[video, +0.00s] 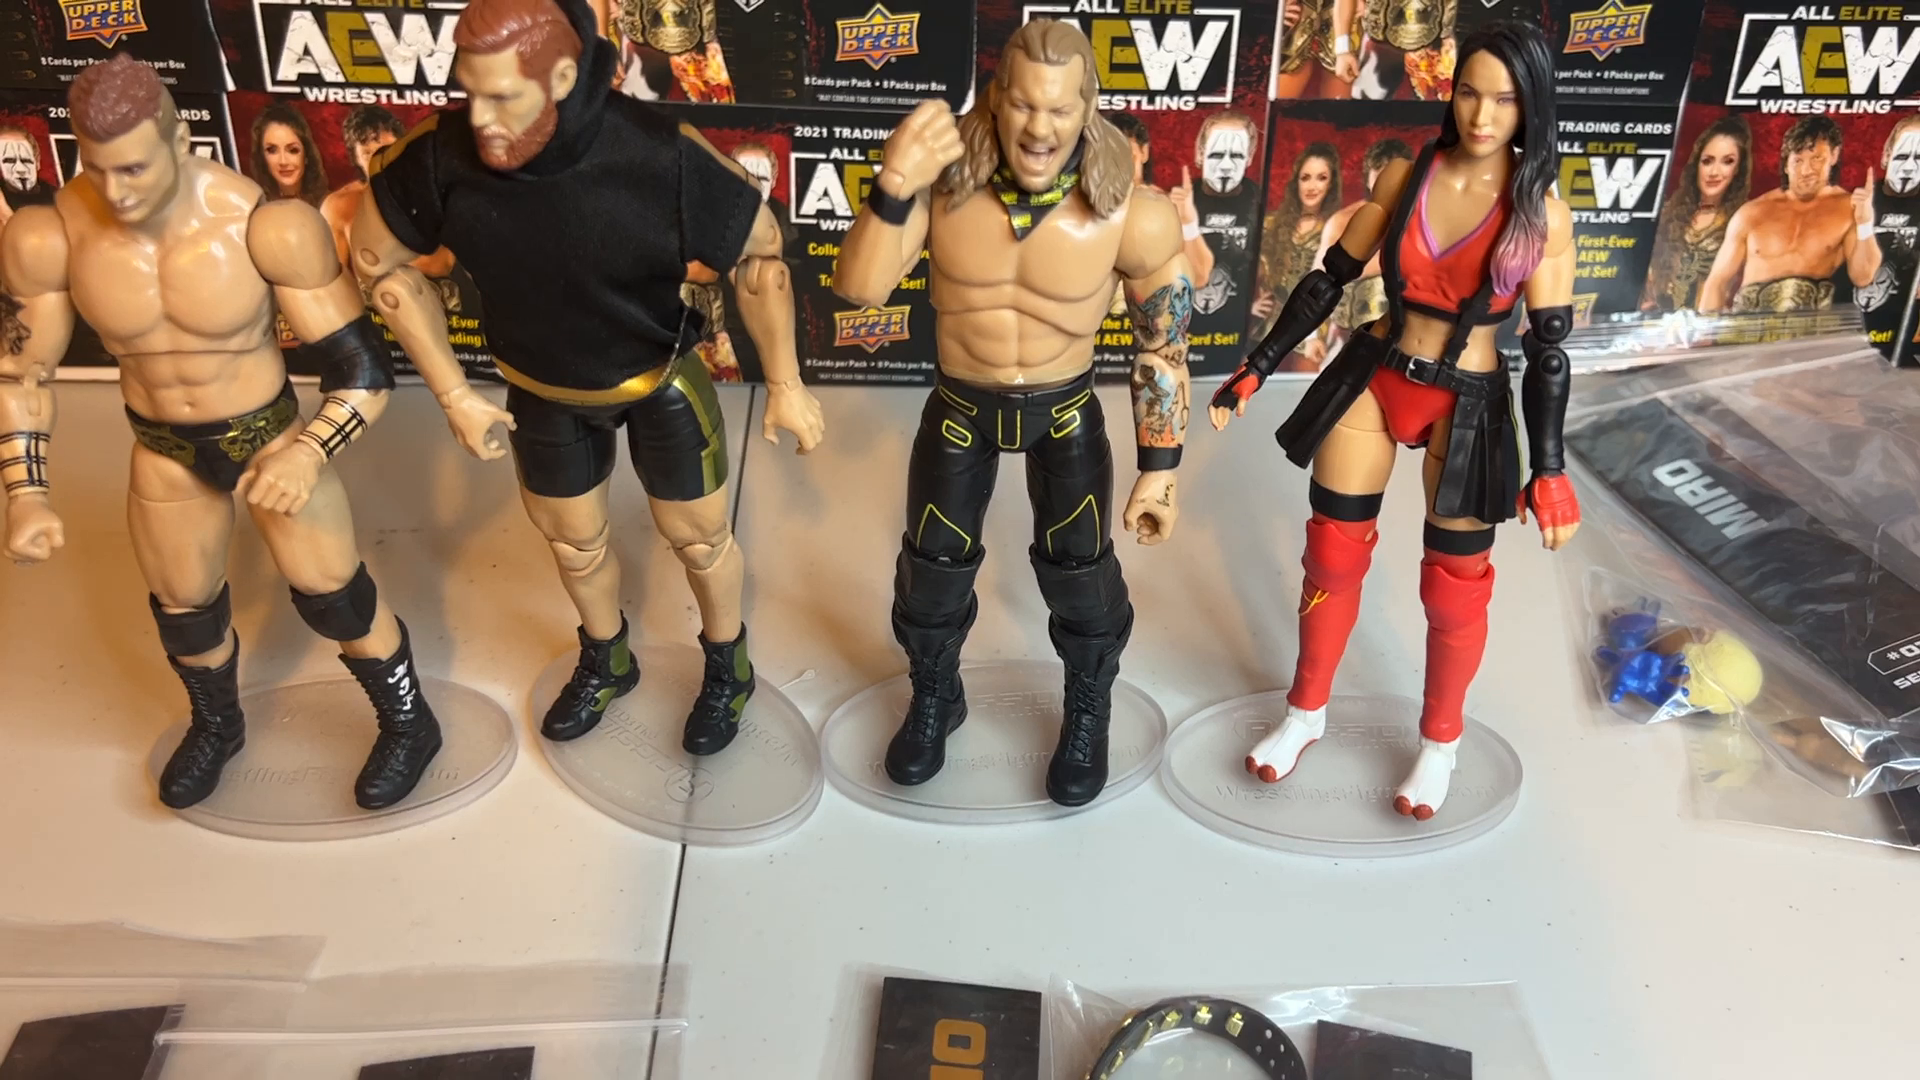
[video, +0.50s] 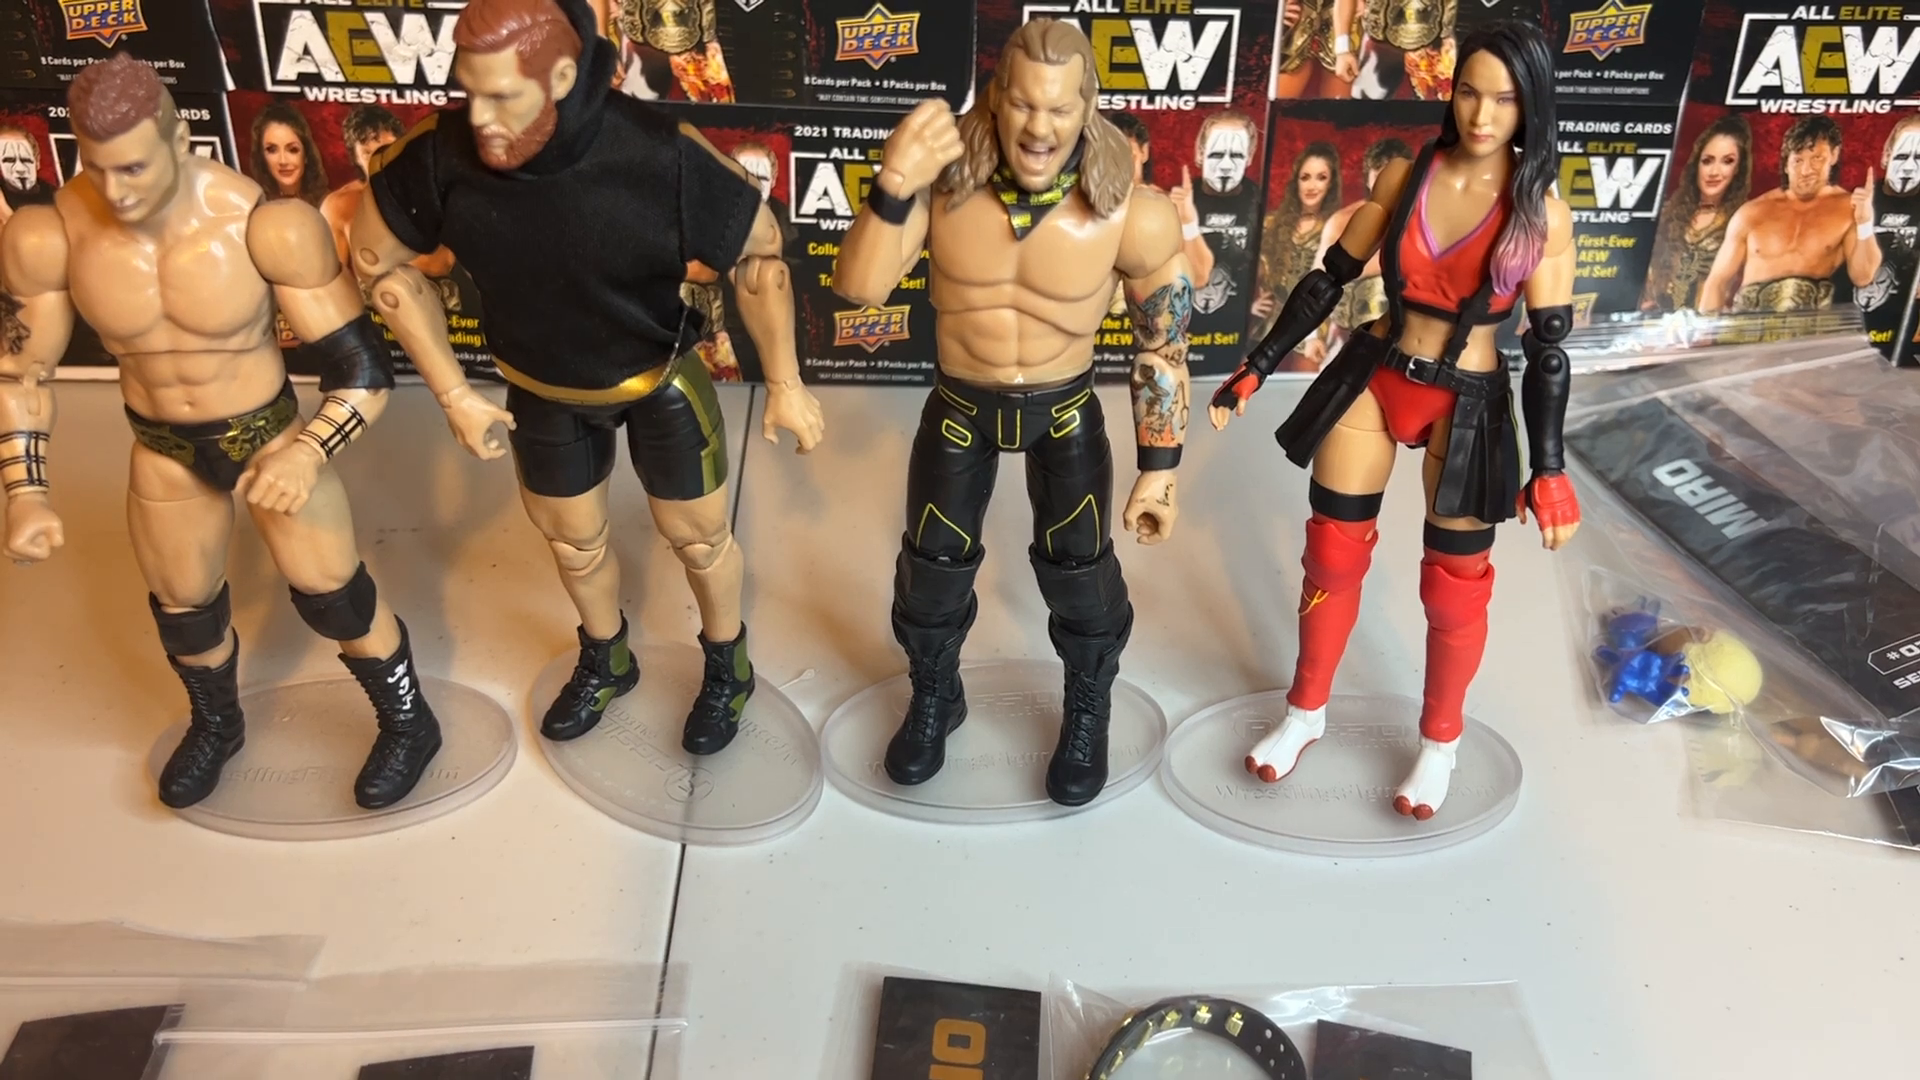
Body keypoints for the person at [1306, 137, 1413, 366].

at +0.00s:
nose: (1387, 181)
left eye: (1395, 173)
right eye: (1381, 171)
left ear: (1409, 176)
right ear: (1368, 175)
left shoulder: (1417, 217)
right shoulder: (1344, 221)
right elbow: (1322, 279)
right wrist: (1316, 335)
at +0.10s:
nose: (1388, 179)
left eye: (1396, 172)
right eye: (1381, 169)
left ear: (1409, 176)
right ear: (1368, 173)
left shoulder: (1415, 216)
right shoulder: (1342, 220)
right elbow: (1320, 277)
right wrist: (1313, 334)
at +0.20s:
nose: (1388, 180)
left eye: (1395, 173)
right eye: (1381, 171)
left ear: (1409, 176)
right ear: (1368, 174)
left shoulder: (1417, 217)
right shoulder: (1343, 221)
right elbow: (1321, 278)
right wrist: (1315, 335)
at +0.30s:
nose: (1387, 180)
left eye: (1395, 172)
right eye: (1381, 170)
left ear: (1409, 176)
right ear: (1368, 174)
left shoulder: (1417, 216)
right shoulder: (1343, 221)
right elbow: (1321, 278)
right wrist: (1315, 335)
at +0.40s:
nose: (1387, 179)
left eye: (1395, 172)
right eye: (1380, 170)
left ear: (1409, 175)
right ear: (1367, 173)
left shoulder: (1418, 216)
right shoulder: (1343, 220)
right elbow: (1320, 278)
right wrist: (1315, 334)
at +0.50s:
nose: (1387, 180)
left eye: (1395, 172)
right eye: (1381, 171)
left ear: (1410, 175)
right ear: (1368, 174)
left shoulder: (1417, 218)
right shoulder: (1344, 221)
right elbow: (1322, 279)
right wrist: (1316, 335)